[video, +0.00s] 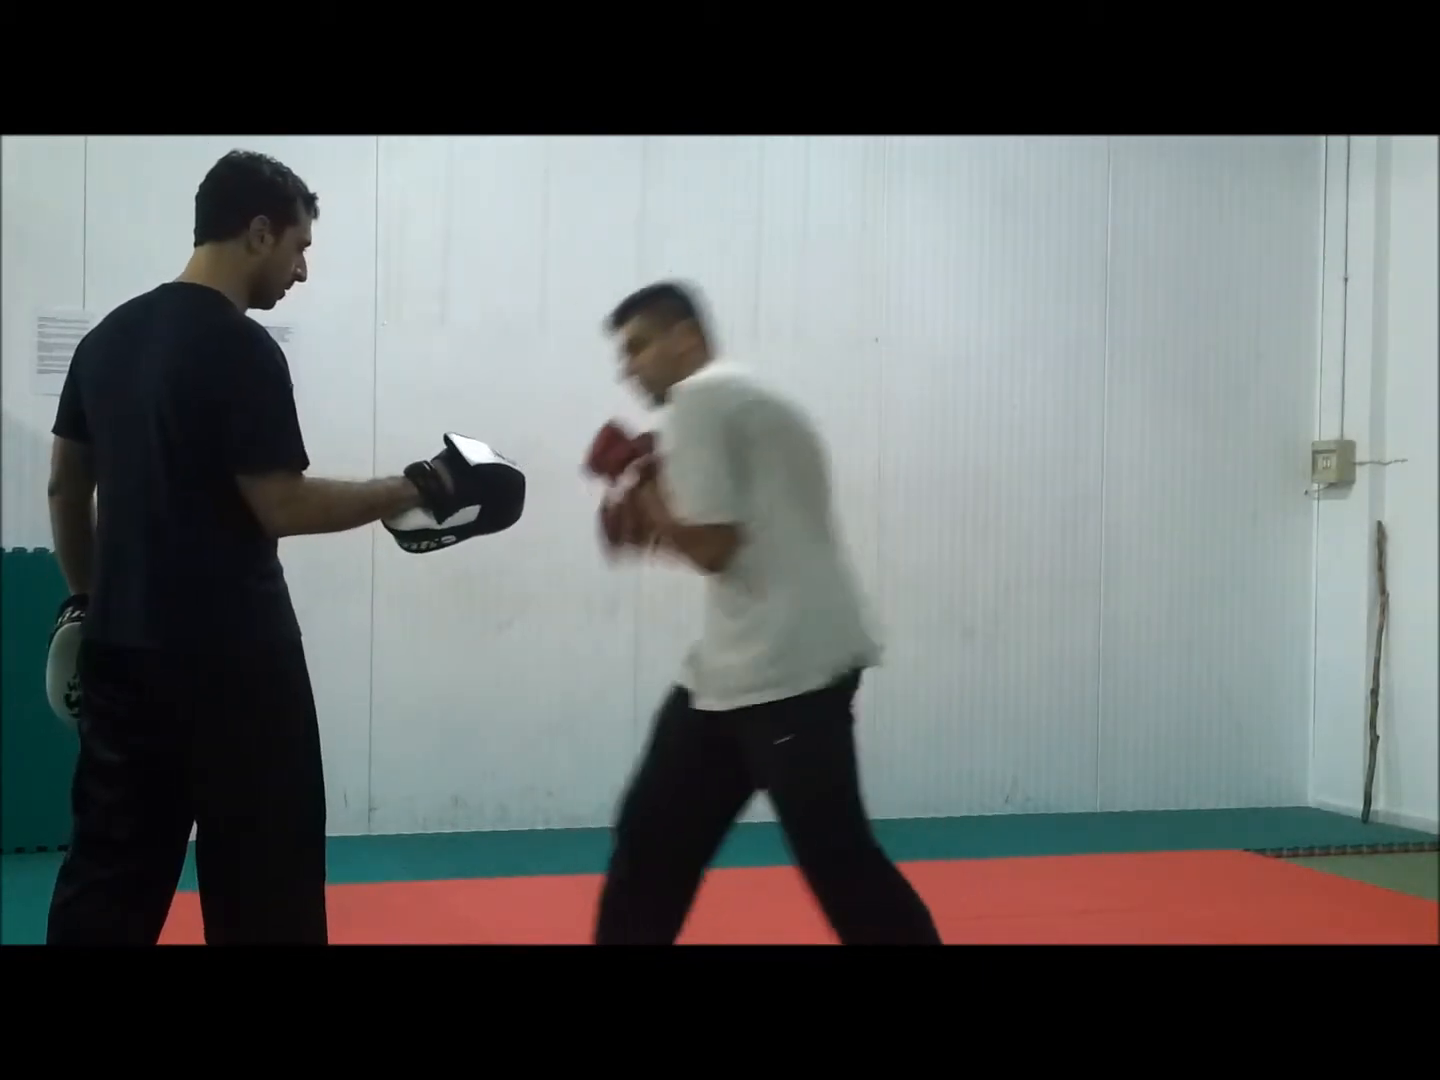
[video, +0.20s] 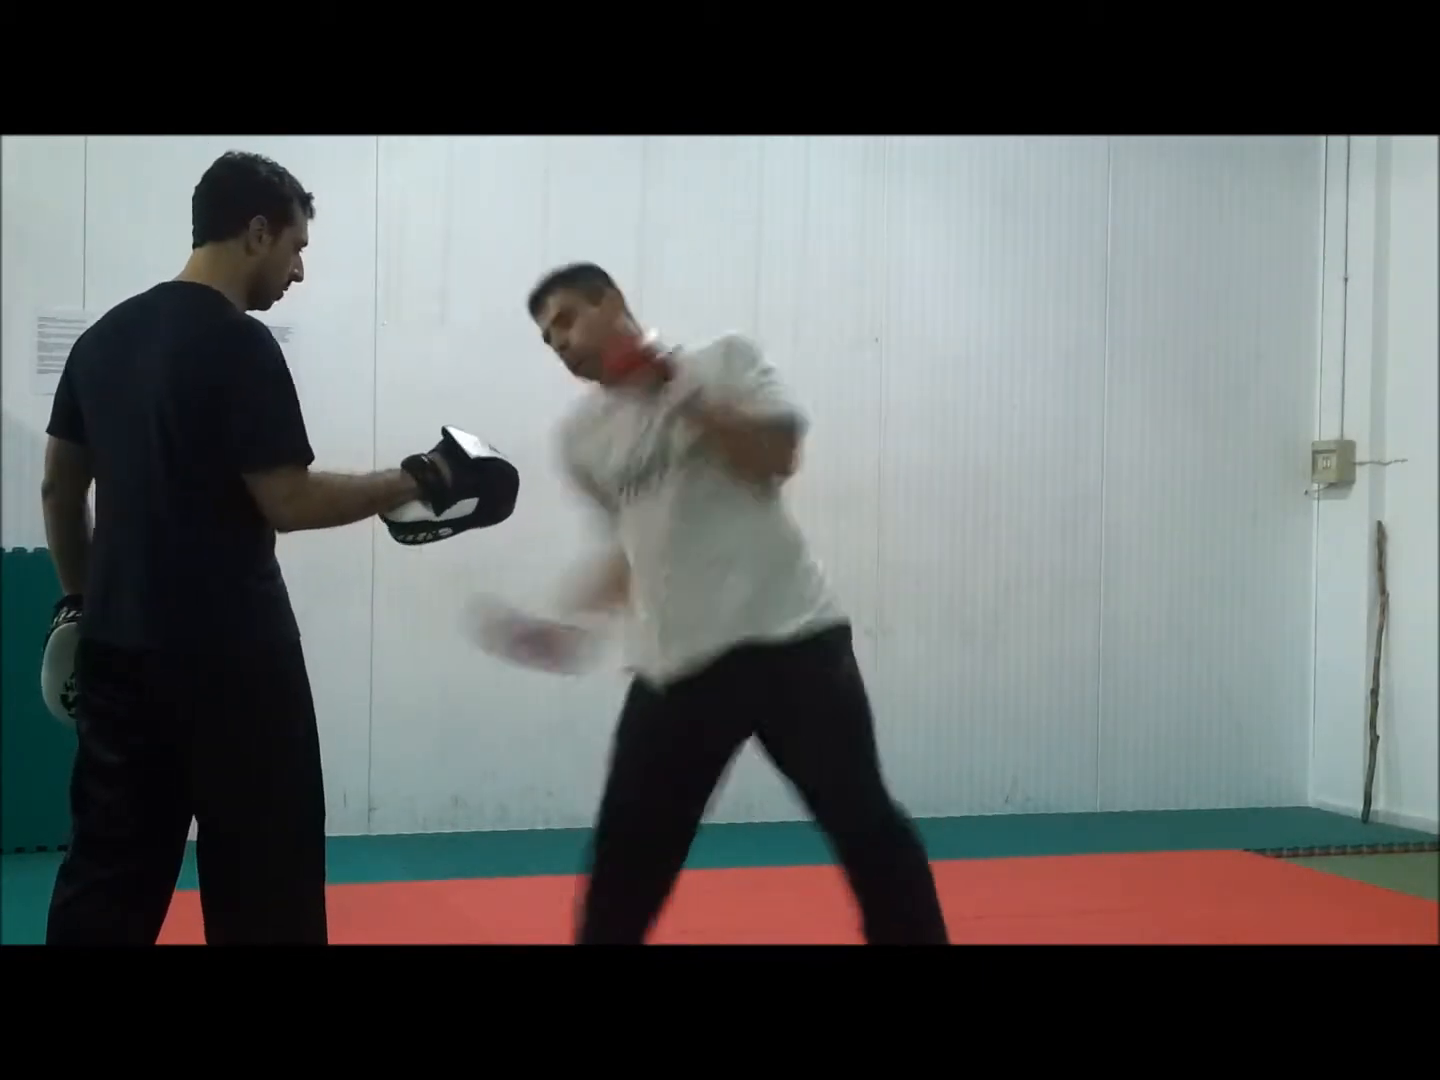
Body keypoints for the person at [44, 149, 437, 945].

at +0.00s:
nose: (304, 269)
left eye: (307, 249)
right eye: (303, 245)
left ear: (212, 230)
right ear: (260, 231)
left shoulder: (107, 338)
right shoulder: (243, 349)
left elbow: (66, 490)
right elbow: (282, 505)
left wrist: (86, 602)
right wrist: (412, 489)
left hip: (123, 661)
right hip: (238, 664)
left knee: (105, 885)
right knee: (268, 891)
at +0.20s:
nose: (300, 270)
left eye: (304, 249)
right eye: (298, 245)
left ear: (217, 231)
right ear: (255, 231)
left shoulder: (103, 337)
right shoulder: (241, 345)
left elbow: (60, 487)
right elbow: (287, 499)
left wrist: (78, 602)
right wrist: (414, 480)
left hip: (120, 657)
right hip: (237, 658)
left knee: (106, 880)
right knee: (268, 887)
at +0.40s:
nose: (284, 253)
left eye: (285, 233)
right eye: (275, 230)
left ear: (208, 225)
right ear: (221, 222)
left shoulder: (113, 334)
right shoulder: (210, 332)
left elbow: (79, 488)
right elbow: (277, 455)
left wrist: (80, 609)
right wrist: (398, 413)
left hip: (122, 651)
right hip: (224, 651)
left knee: (111, 874)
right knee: (265, 878)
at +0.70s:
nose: (309, 270)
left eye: (311, 250)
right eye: (303, 247)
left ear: (242, 235)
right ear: (252, 234)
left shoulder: (129, 328)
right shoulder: (200, 337)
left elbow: (97, 480)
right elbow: (227, 502)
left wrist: (151, 572)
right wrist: (367, 480)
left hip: (122, 638)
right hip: (212, 646)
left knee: (117, 865)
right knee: (254, 872)